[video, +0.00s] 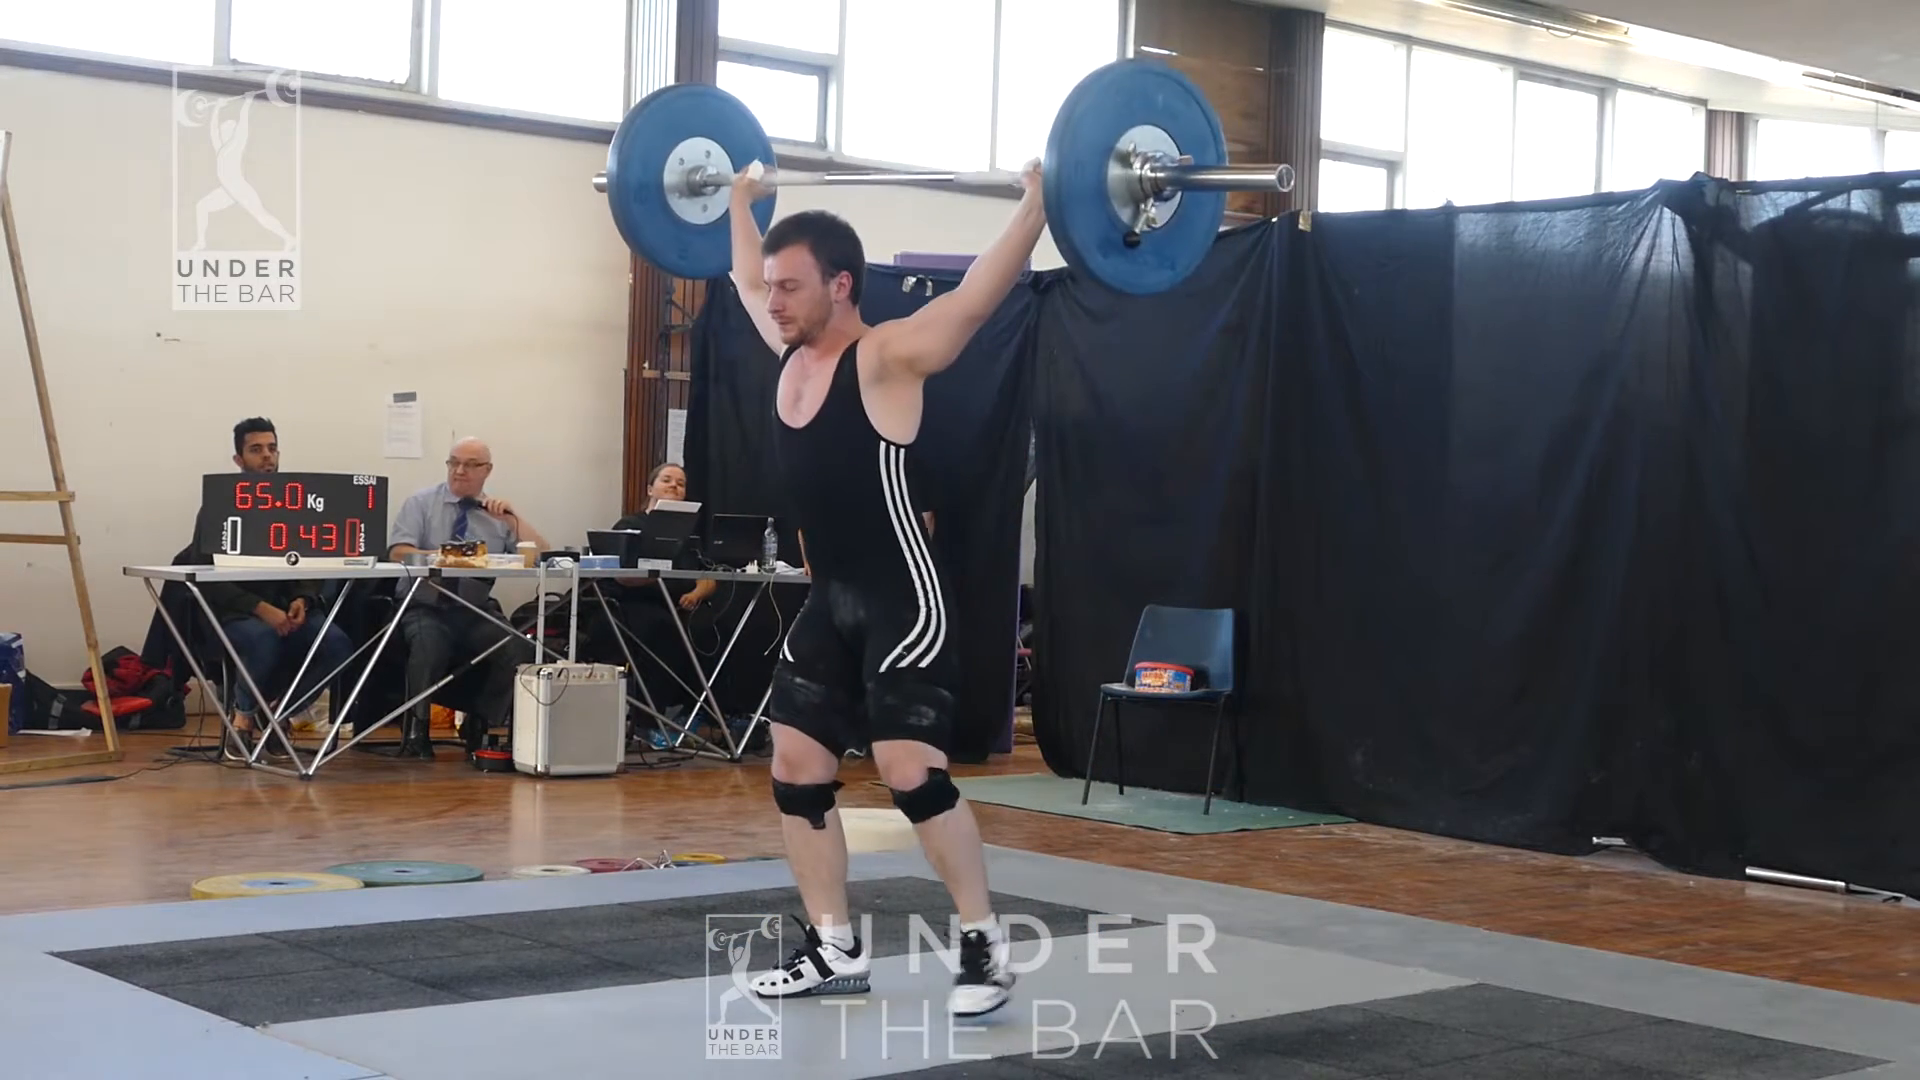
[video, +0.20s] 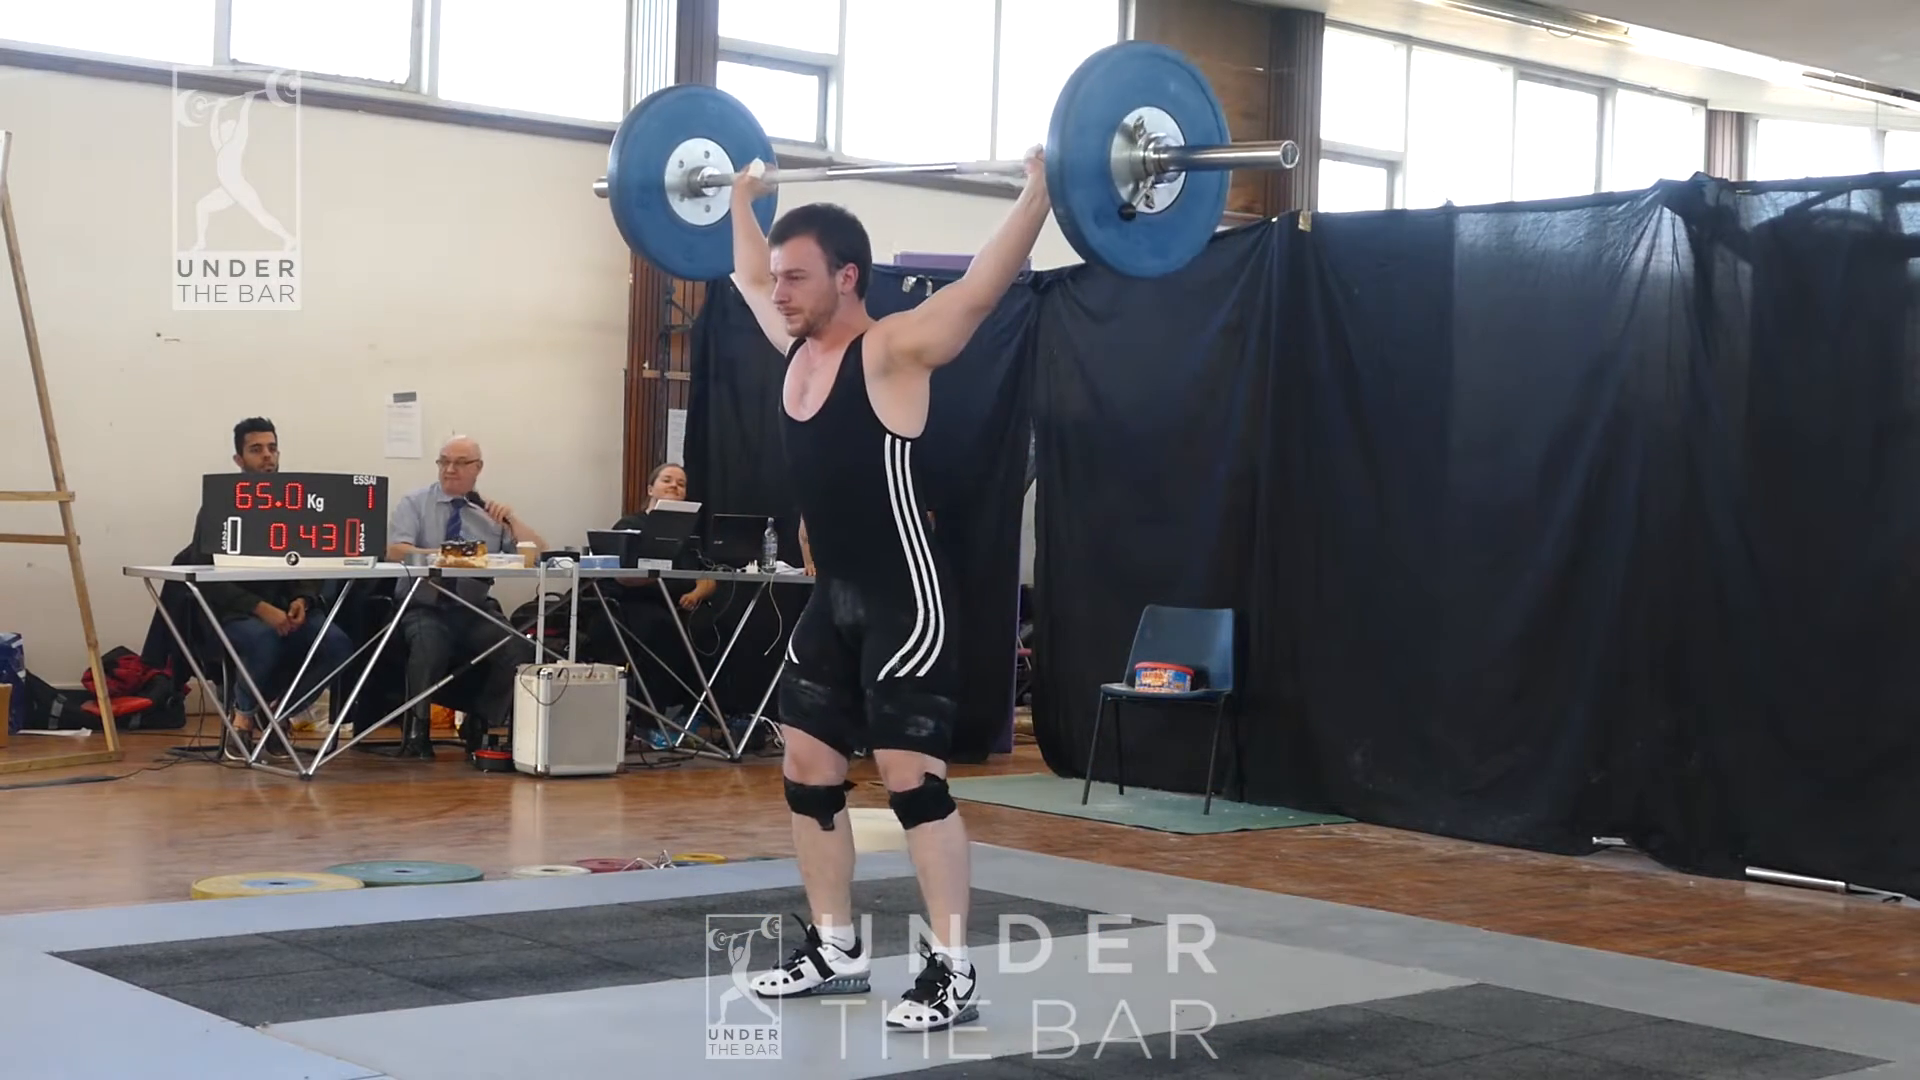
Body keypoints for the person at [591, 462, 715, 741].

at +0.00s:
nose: (673, 486)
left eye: (680, 484)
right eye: (666, 481)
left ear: (684, 494)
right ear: (650, 488)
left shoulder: (690, 530)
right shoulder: (629, 525)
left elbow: (711, 576)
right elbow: (622, 576)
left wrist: (697, 593)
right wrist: (658, 575)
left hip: (677, 604)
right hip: (634, 602)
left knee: (705, 630)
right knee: (657, 630)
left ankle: (692, 713)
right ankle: (650, 720)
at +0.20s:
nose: (674, 487)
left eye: (680, 484)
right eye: (667, 481)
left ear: (685, 494)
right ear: (650, 488)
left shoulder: (692, 529)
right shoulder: (629, 525)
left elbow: (711, 576)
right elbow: (622, 576)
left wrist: (697, 593)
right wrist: (656, 575)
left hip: (678, 604)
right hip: (636, 603)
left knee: (707, 628)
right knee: (657, 629)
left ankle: (693, 713)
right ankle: (654, 719)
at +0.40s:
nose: (674, 487)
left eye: (681, 484)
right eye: (667, 481)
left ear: (685, 493)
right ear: (651, 488)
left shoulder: (691, 530)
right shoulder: (629, 525)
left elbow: (711, 576)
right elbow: (621, 575)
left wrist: (697, 593)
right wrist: (655, 575)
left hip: (678, 605)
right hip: (635, 603)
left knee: (705, 629)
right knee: (656, 630)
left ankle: (690, 713)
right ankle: (650, 719)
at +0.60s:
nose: (674, 487)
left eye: (680, 484)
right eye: (667, 481)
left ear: (685, 494)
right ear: (650, 488)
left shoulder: (691, 530)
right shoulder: (629, 525)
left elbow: (712, 575)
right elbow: (618, 573)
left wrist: (697, 593)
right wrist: (653, 576)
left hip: (679, 605)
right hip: (635, 603)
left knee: (707, 630)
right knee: (658, 631)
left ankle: (694, 713)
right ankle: (648, 720)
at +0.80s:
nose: (674, 487)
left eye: (680, 484)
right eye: (667, 481)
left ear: (685, 494)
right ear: (651, 489)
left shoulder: (691, 531)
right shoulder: (629, 525)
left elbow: (710, 577)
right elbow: (623, 576)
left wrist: (697, 593)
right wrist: (660, 574)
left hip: (677, 604)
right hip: (635, 602)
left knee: (704, 625)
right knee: (658, 628)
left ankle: (693, 711)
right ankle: (649, 720)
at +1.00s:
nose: (674, 487)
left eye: (681, 484)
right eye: (667, 481)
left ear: (685, 494)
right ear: (651, 489)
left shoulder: (691, 531)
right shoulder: (629, 525)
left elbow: (711, 576)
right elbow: (621, 575)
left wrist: (697, 593)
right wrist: (657, 575)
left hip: (677, 603)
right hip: (635, 602)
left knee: (705, 624)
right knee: (658, 627)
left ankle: (696, 710)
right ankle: (648, 719)